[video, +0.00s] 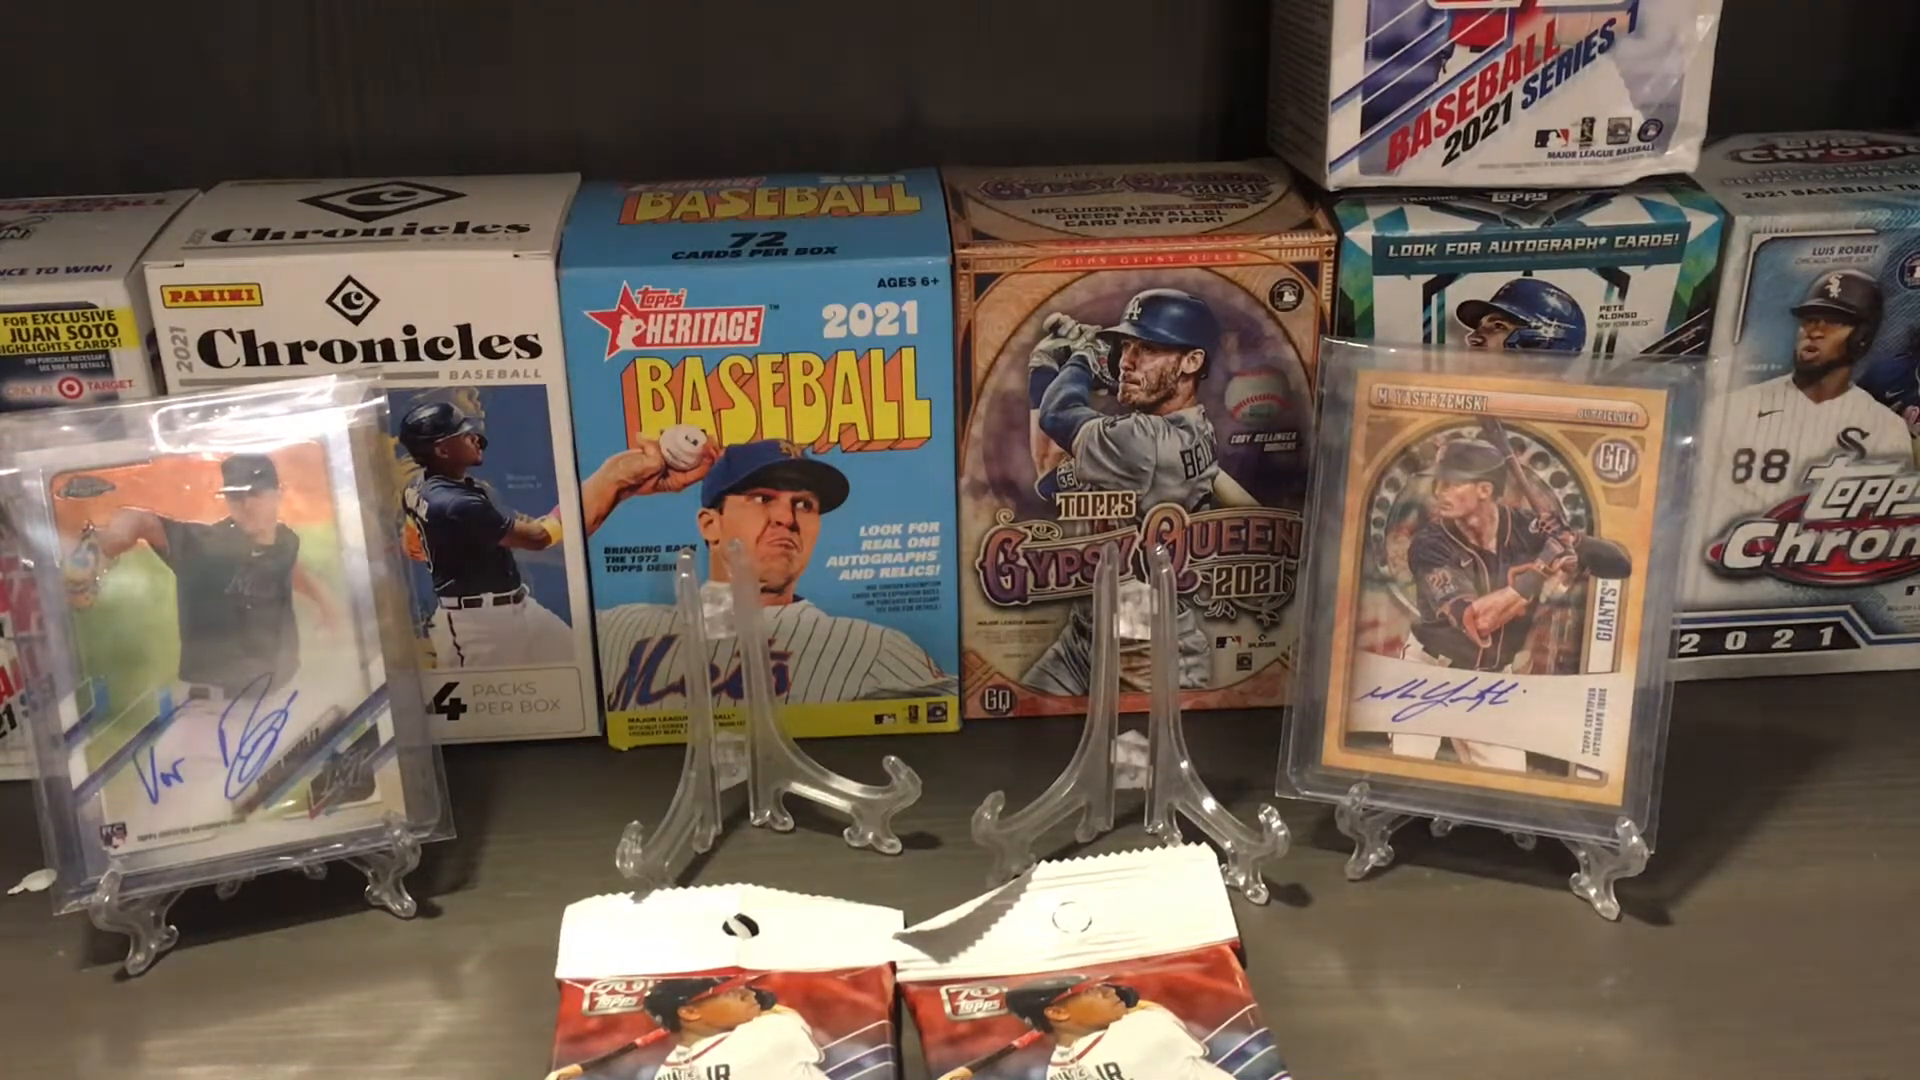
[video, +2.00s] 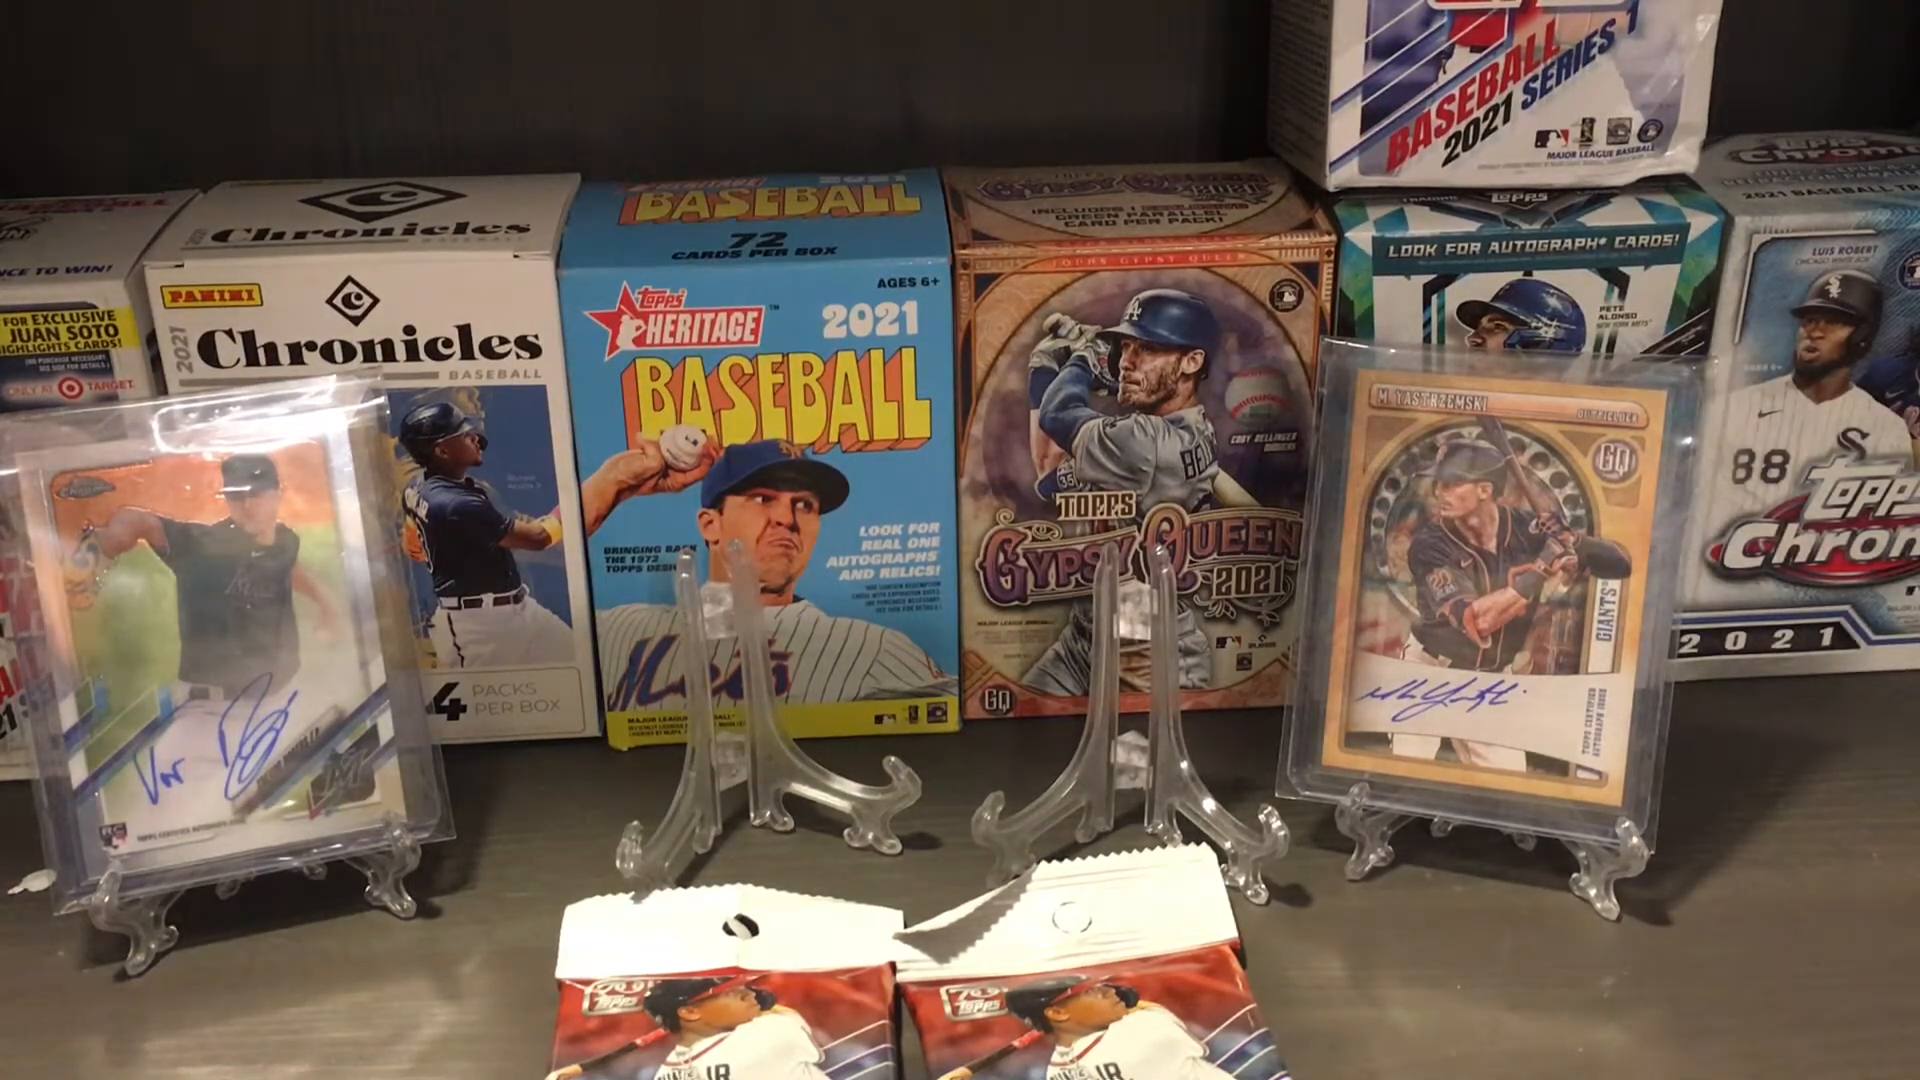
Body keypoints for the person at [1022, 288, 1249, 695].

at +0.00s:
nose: (1127, 362)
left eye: (1148, 350)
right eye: (1127, 348)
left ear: (1190, 363)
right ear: (1120, 349)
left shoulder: (1140, 440)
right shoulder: (1188, 432)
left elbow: (1059, 410)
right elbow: (1047, 479)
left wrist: (1085, 359)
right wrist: (1042, 369)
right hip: (1091, 641)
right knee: (1012, 735)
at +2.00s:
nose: (1127, 361)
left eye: (1145, 349)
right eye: (1126, 347)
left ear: (1191, 363)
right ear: (1118, 349)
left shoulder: (1143, 442)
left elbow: (1060, 411)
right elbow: (1049, 476)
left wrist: (1083, 362)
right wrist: (1043, 366)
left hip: (1159, 650)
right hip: (1087, 642)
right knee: (1011, 738)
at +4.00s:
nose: (1127, 362)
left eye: (1147, 350)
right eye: (1127, 347)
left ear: (1190, 363)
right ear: (1121, 348)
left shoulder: (1139, 440)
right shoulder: (1189, 431)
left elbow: (1060, 410)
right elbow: (1048, 477)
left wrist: (1085, 362)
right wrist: (1041, 372)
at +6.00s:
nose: (1127, 362)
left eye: (1147, 350)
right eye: (1126, 347)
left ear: (1190, 363)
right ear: (1121, 348)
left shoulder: (1139, 441)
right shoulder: (1190, 431)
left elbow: (1059, 409)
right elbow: (1048, 475)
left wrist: (1087, 360)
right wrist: (1042, 373)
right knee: (1011, 736)